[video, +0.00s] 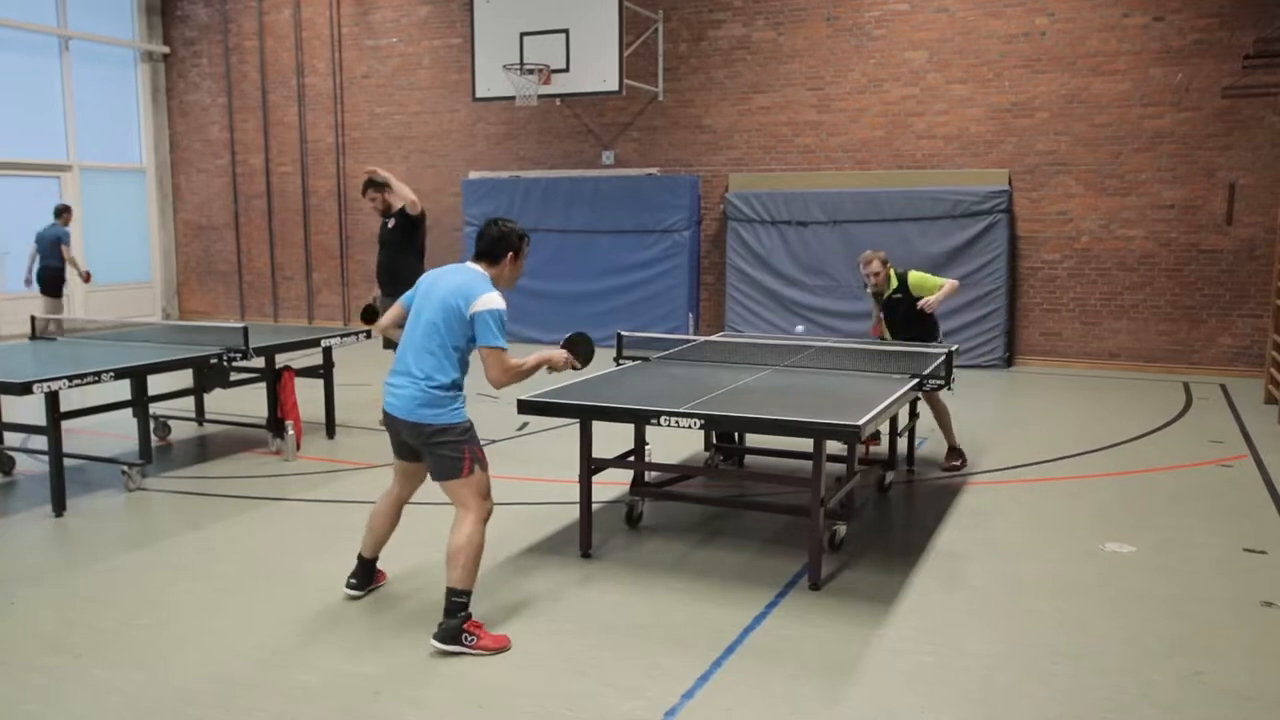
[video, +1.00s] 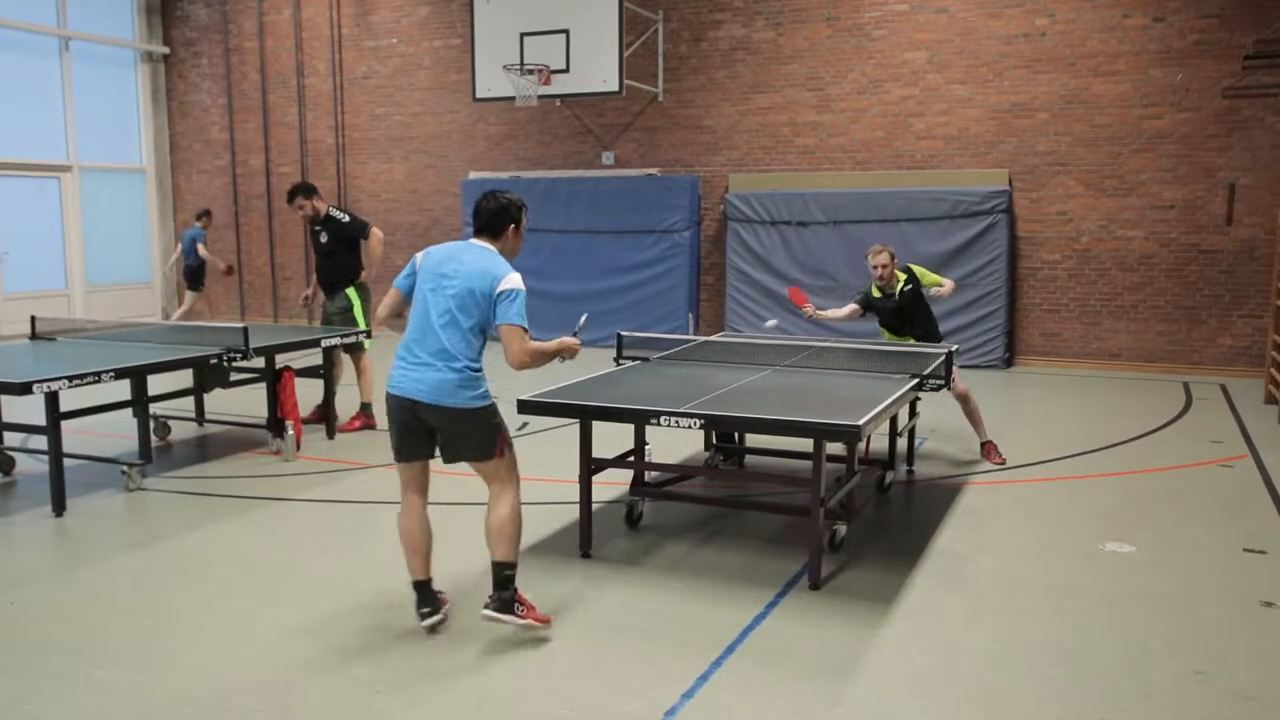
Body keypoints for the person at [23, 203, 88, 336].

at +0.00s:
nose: (71, 219)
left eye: (71, 216)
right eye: (69, 216)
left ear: (58, 216)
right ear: (64, 215)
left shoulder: (42, 232)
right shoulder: (63, 233)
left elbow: (33, 254)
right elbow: (68, 256)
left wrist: (29, 274)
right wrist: (80, 272)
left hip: (42, 271)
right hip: (56, 271)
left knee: (58, 306)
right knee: (49, 306)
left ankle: (59, 332)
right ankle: (40, 333)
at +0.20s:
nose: (97, 222)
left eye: (97, 218)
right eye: (96, 218)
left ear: (84, 219)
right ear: (89, 218)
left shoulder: (70, 236)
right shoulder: (90, 235)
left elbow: (60, 256)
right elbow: (95, 259)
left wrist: (49, 274)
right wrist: (109, 273)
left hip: (71, 274)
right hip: (83, 275)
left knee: (88, 309)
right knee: (84, 312)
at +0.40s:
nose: (125, 218)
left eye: (125, 215)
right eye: (124, 215)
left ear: (114, 215)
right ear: (118, 215)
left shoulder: (100, 230)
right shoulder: (113, 231)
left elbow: (100, 253)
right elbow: (112, 253)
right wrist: (119, 273)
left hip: (98, 267)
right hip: (109, 268)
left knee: (96, 307)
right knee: (128, 304)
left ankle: (90, 335)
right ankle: (120, 335)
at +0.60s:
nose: (156, 223)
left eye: (156, 220)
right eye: (155, 220)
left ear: (146, 220)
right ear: (149, 220)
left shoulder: (134, 233)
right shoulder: (143, 235)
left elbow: (136, 256)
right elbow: (139, 255)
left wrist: (153, 263)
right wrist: (137, 273)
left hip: (130, 273)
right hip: (143, 274)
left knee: (125, 308)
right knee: (160, 307)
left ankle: (108, 326)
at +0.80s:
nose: (183, 218)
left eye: (183, 215)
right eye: (182, 215)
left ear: (172, 214)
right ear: (176, 214)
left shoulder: (161, 227)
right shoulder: (171, 228)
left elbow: (159, 250)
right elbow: (169, 248)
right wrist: (177, 268)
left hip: (159, 265)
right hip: (168, 266)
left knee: (167, 302)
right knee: (170, 302)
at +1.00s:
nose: (210, 223)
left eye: (210, 220)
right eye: (209, 220)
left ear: (198, 219)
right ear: (204, 219)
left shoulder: (186, 233)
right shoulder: (199, 233)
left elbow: (178, 252)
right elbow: (202, 252)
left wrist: (169, 266)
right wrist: (219, 264)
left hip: (188, 269)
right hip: (196, 270)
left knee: (207, 301)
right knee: (187, 304)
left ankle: (213, 325)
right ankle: (169, 325)